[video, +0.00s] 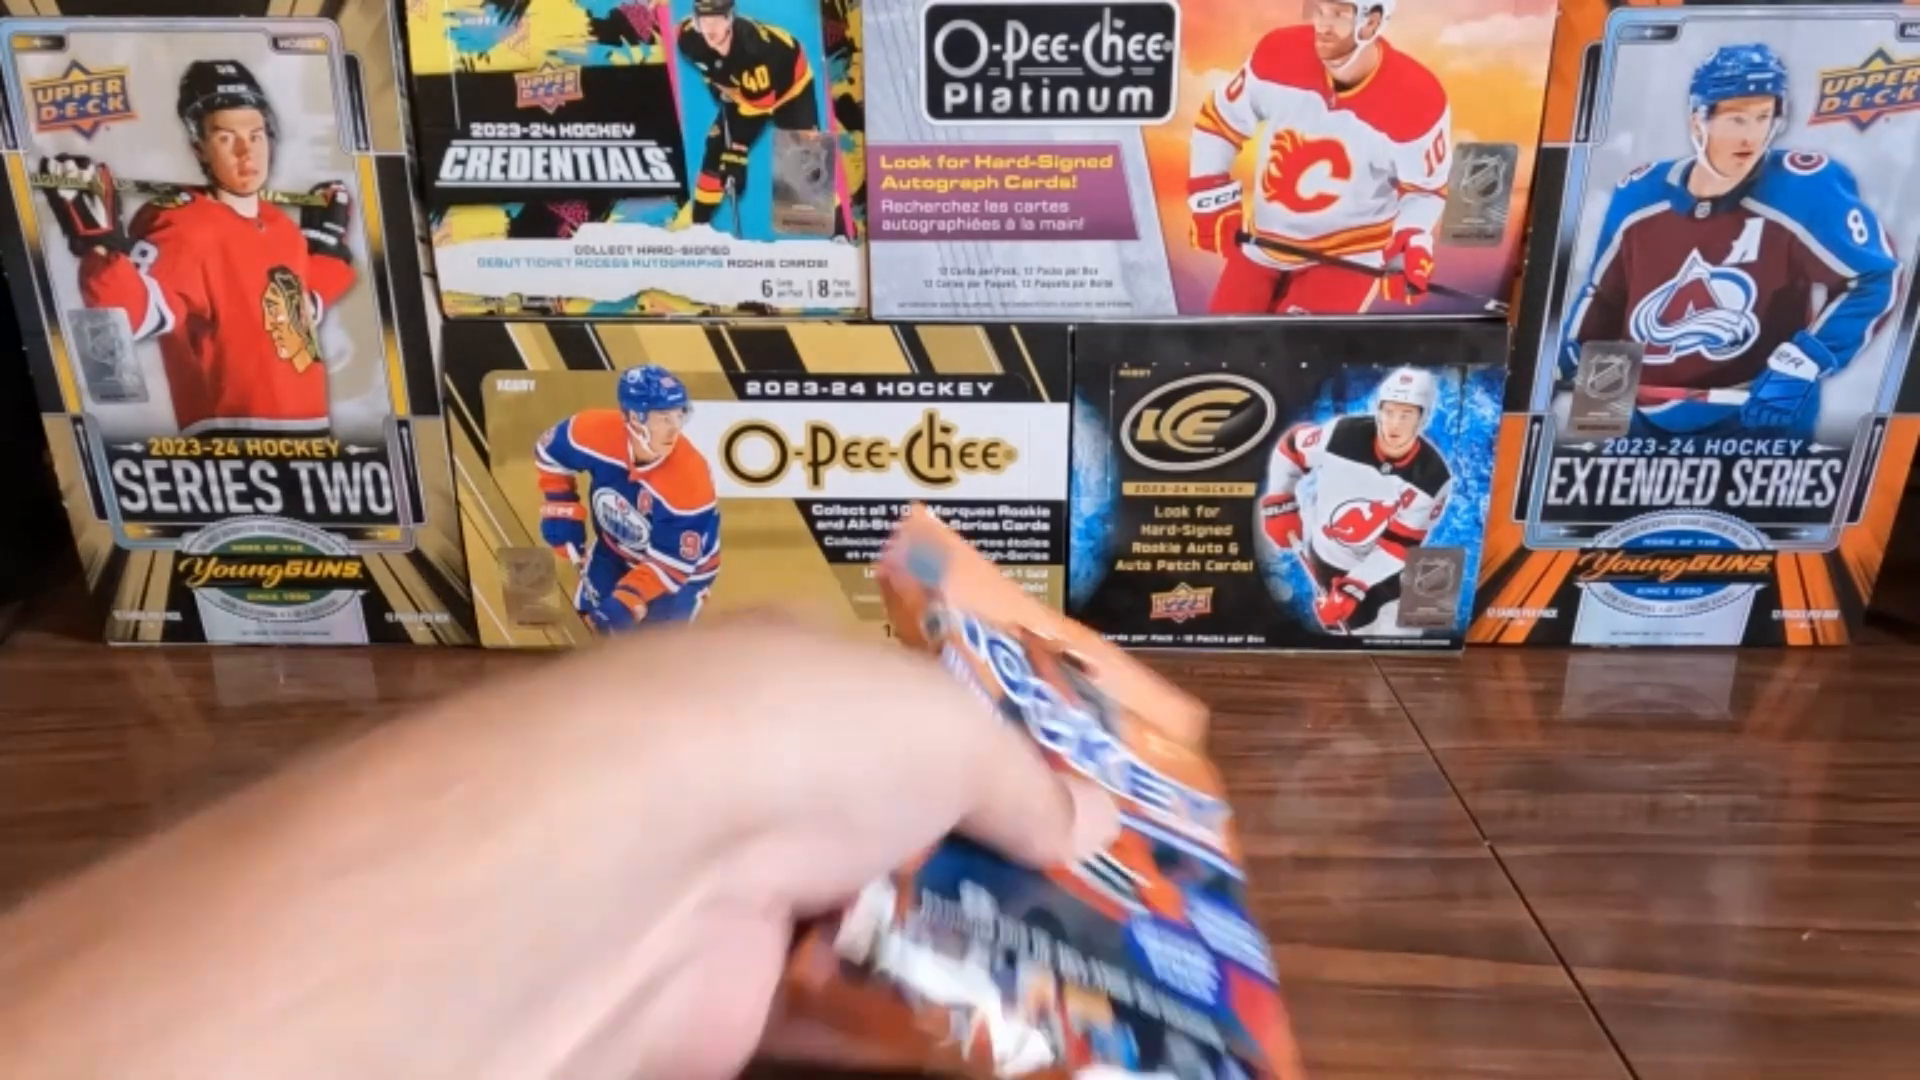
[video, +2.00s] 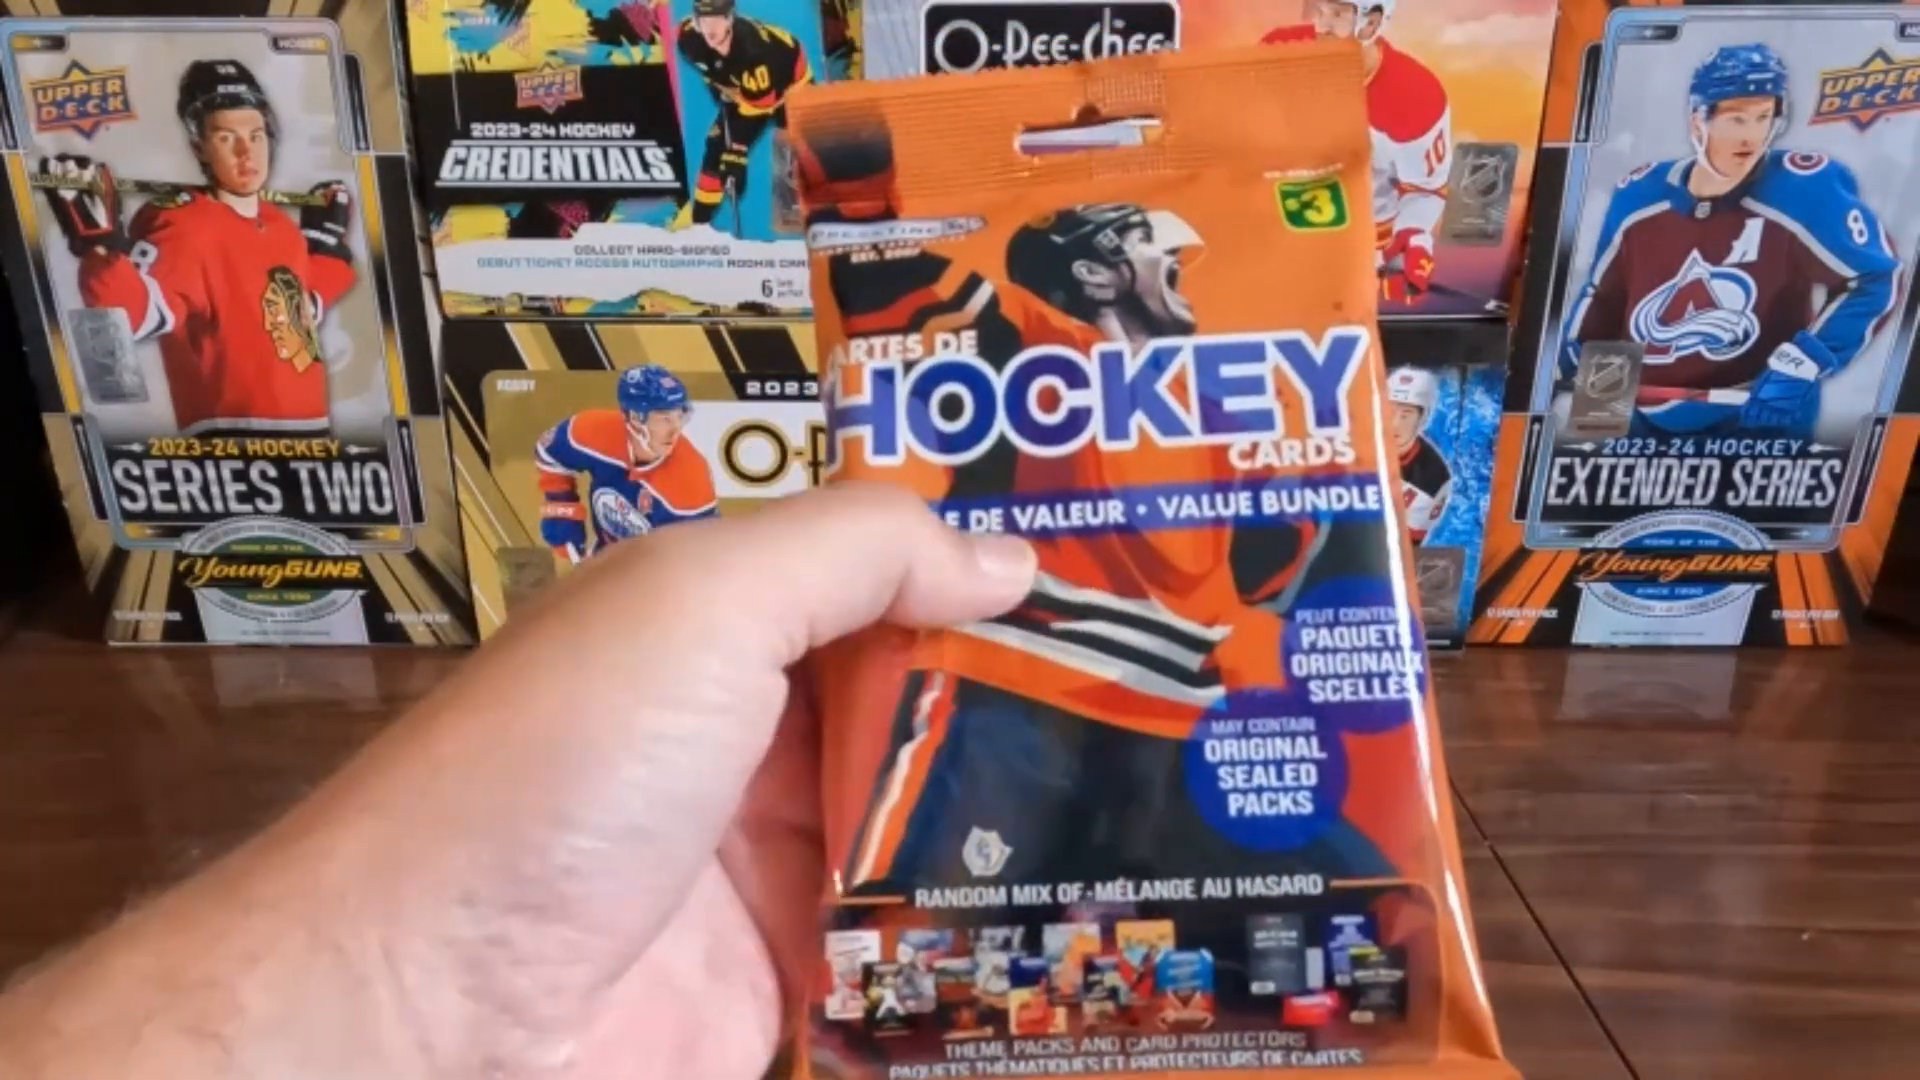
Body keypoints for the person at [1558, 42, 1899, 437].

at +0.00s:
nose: (1749, 135)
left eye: (1761, 118)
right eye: (1734, 119)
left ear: (1775, 123)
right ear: (1698, 124)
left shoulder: (1803, 193)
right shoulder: (1638, 197)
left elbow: (1878, 279)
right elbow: (1600, 296)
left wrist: (1801, 364)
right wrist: (1574, 366)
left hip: (1745, 425)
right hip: (1638, 421)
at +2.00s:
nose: (1750, 135)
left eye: (1762, 118)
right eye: (1735, 119)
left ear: (1775, 123)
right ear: (1698, 124)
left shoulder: (1805, 192)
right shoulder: (1638, 197)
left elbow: (1879, 279)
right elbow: (1599, 296)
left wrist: (1801, 365)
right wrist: (1572, 366)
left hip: (1744, 427)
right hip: (1637, 421)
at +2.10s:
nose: (1750, 135)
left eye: (1762, 118)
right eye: (1734, 119)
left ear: (1775, 122)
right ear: (1698, 124)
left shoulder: (1805, 192)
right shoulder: (1638, 197)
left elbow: (1878, 280)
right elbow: (1599, 296)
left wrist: (1801, 364)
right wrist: (1573, 366)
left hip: (1743, 427)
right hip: (1635, 421)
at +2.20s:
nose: (1750, 135)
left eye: (1762, 118)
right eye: (1734, 119)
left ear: (1775, 123)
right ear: (1698, 124)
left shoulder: (1804, 193)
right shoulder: (1637, 197)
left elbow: (1878, 279)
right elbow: (1600, 297)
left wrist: (1801, 365)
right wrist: (1572, 366)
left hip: (1744, 427)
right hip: (1637, 422)